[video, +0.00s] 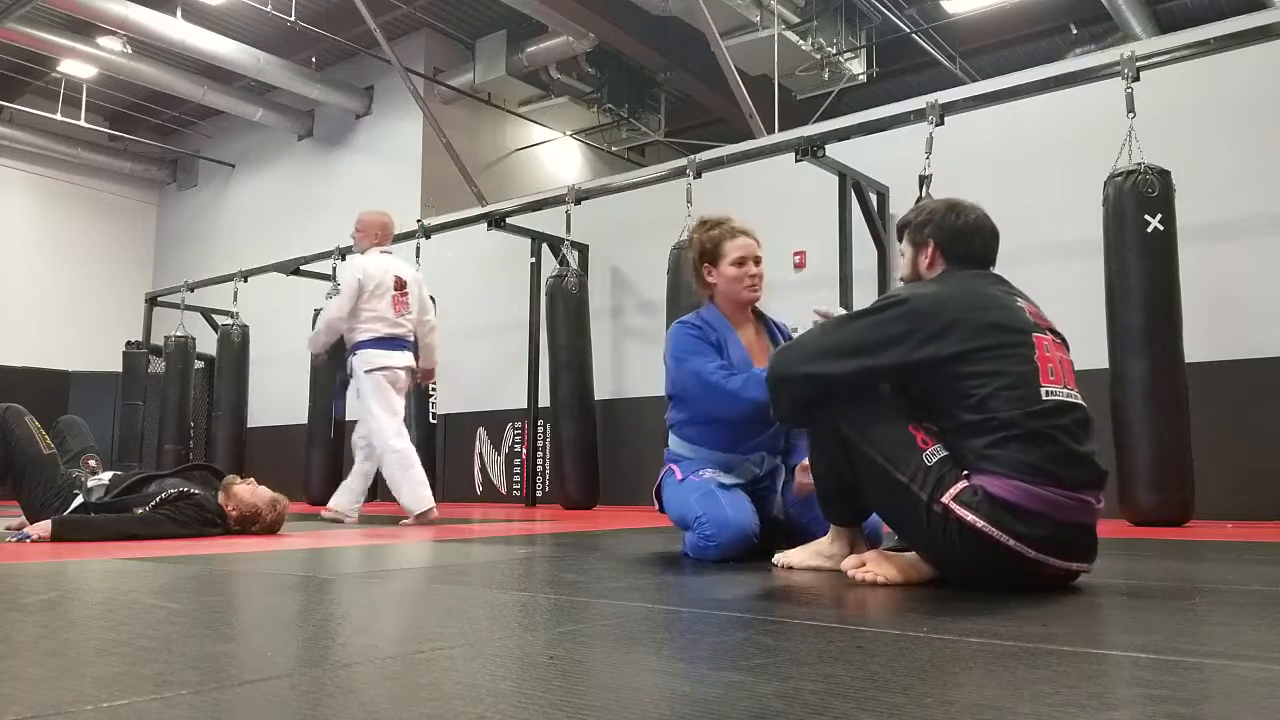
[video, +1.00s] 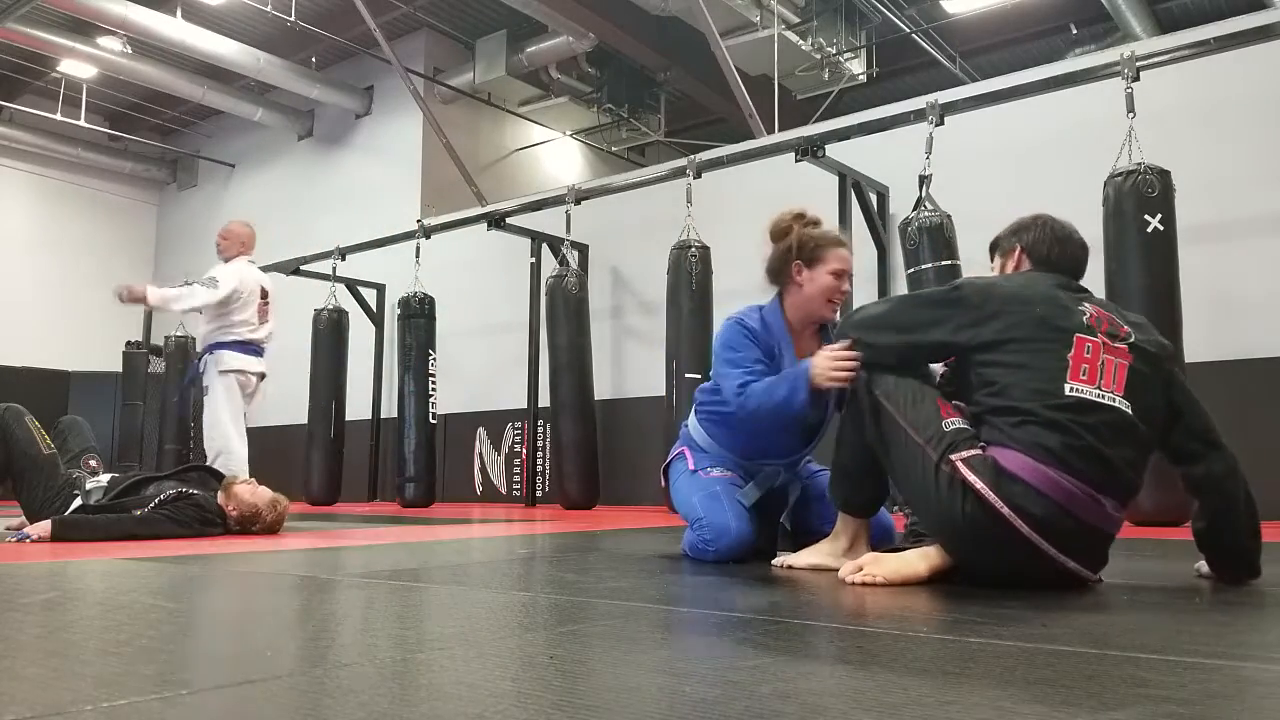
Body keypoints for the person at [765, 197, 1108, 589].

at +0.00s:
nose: (901, 270)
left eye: (904, 256)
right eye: (901, 258)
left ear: (929, 255)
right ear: (984, 258)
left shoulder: (931, 300)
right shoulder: (1023, 306)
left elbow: (788, 367)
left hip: (991, 538)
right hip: (1069, 551)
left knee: (835, 388)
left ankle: (841, 537)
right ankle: (929, 550)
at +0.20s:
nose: (917, 270)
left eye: (922, 255)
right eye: (918, 257)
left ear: (948, 250)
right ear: (1002, 257)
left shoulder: (942, 298)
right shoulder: (1046, 311)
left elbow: (795, 362)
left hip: (989, 538)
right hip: (1070, 554)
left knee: (841, 388)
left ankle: (843, 537)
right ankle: (931, 552)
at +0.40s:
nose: (934, 271)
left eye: (938, 258)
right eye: (935, 260)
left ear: (965, 254)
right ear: (1019, 265)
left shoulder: (950, 298)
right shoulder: (1078, 324)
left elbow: (804, 352)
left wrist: (822, 413)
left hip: (989, 539)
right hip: (1073, 559)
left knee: (847, 386)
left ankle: (841, 541)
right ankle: (929, 553)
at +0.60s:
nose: (957, 273)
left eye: (961, 261)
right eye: (959, 263)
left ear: (985, 259)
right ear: (1043, 266)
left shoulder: (966, 299)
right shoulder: (1108, 333)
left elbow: (819, 337)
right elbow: (1175, 454)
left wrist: (834, 400)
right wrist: (1193, 551)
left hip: (984, 533)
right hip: (1070, 564)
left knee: (857, 387)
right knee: (974, 419)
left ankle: (843, 537)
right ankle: (929, 554)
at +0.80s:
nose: (979, 273)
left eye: (983, 262)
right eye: (981, 263)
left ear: (1004, 259)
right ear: (1064, 274)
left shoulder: (988, 299)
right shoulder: (1128, 342)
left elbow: (834, 335)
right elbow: (1204, 465)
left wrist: (868, 391)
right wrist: (1232, 568)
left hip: (985, 525)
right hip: (1069, 565)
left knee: (872, 382)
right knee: (991, 428)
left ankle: (844, 537)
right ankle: (930, 553)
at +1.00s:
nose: (992, 278)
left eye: (995, 267)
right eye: (995, 268)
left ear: (1017, 259)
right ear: (1078, 272)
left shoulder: (996, 295)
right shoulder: (1144, 342)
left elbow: (858, 331)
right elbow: (1215, 468)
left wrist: (934, 384)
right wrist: (1234, 569)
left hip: (979, 511)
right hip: (1066, 562)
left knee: (871, 378)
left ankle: (846, 538)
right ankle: (929, 555)